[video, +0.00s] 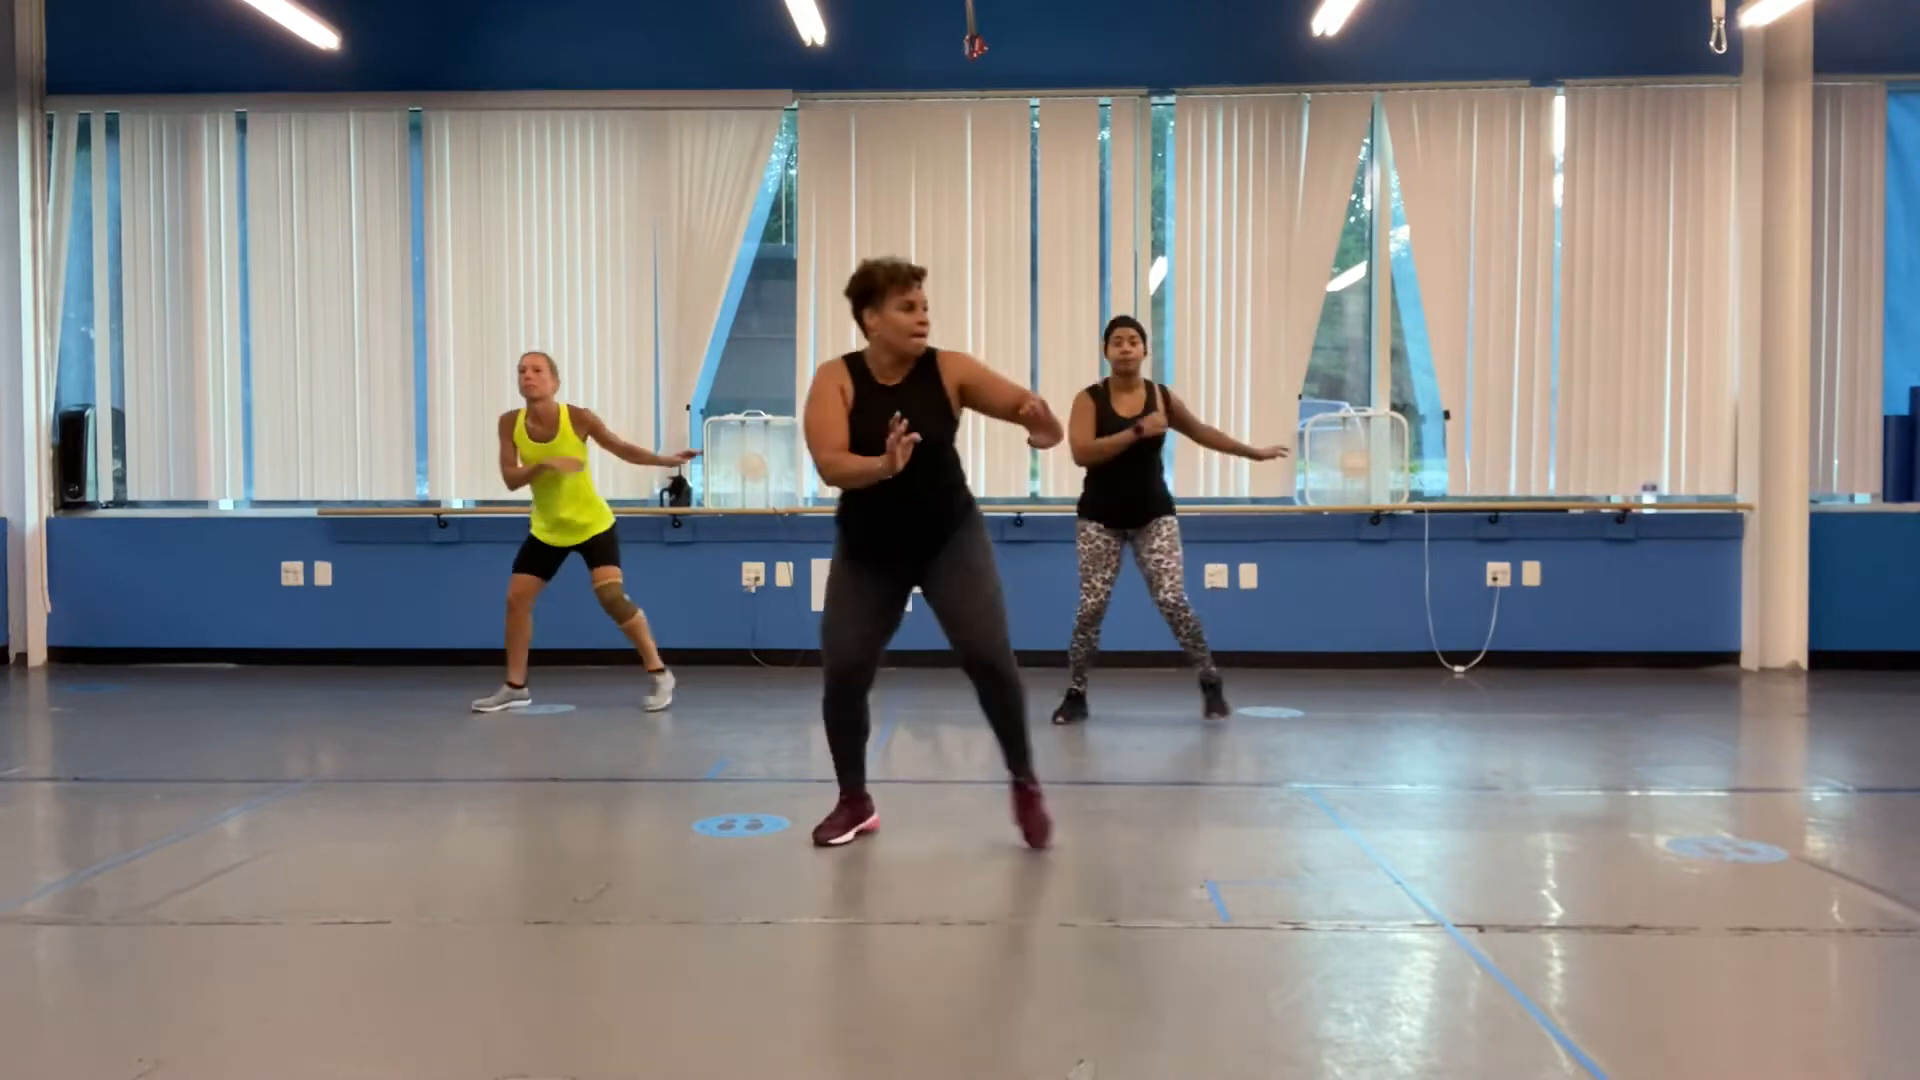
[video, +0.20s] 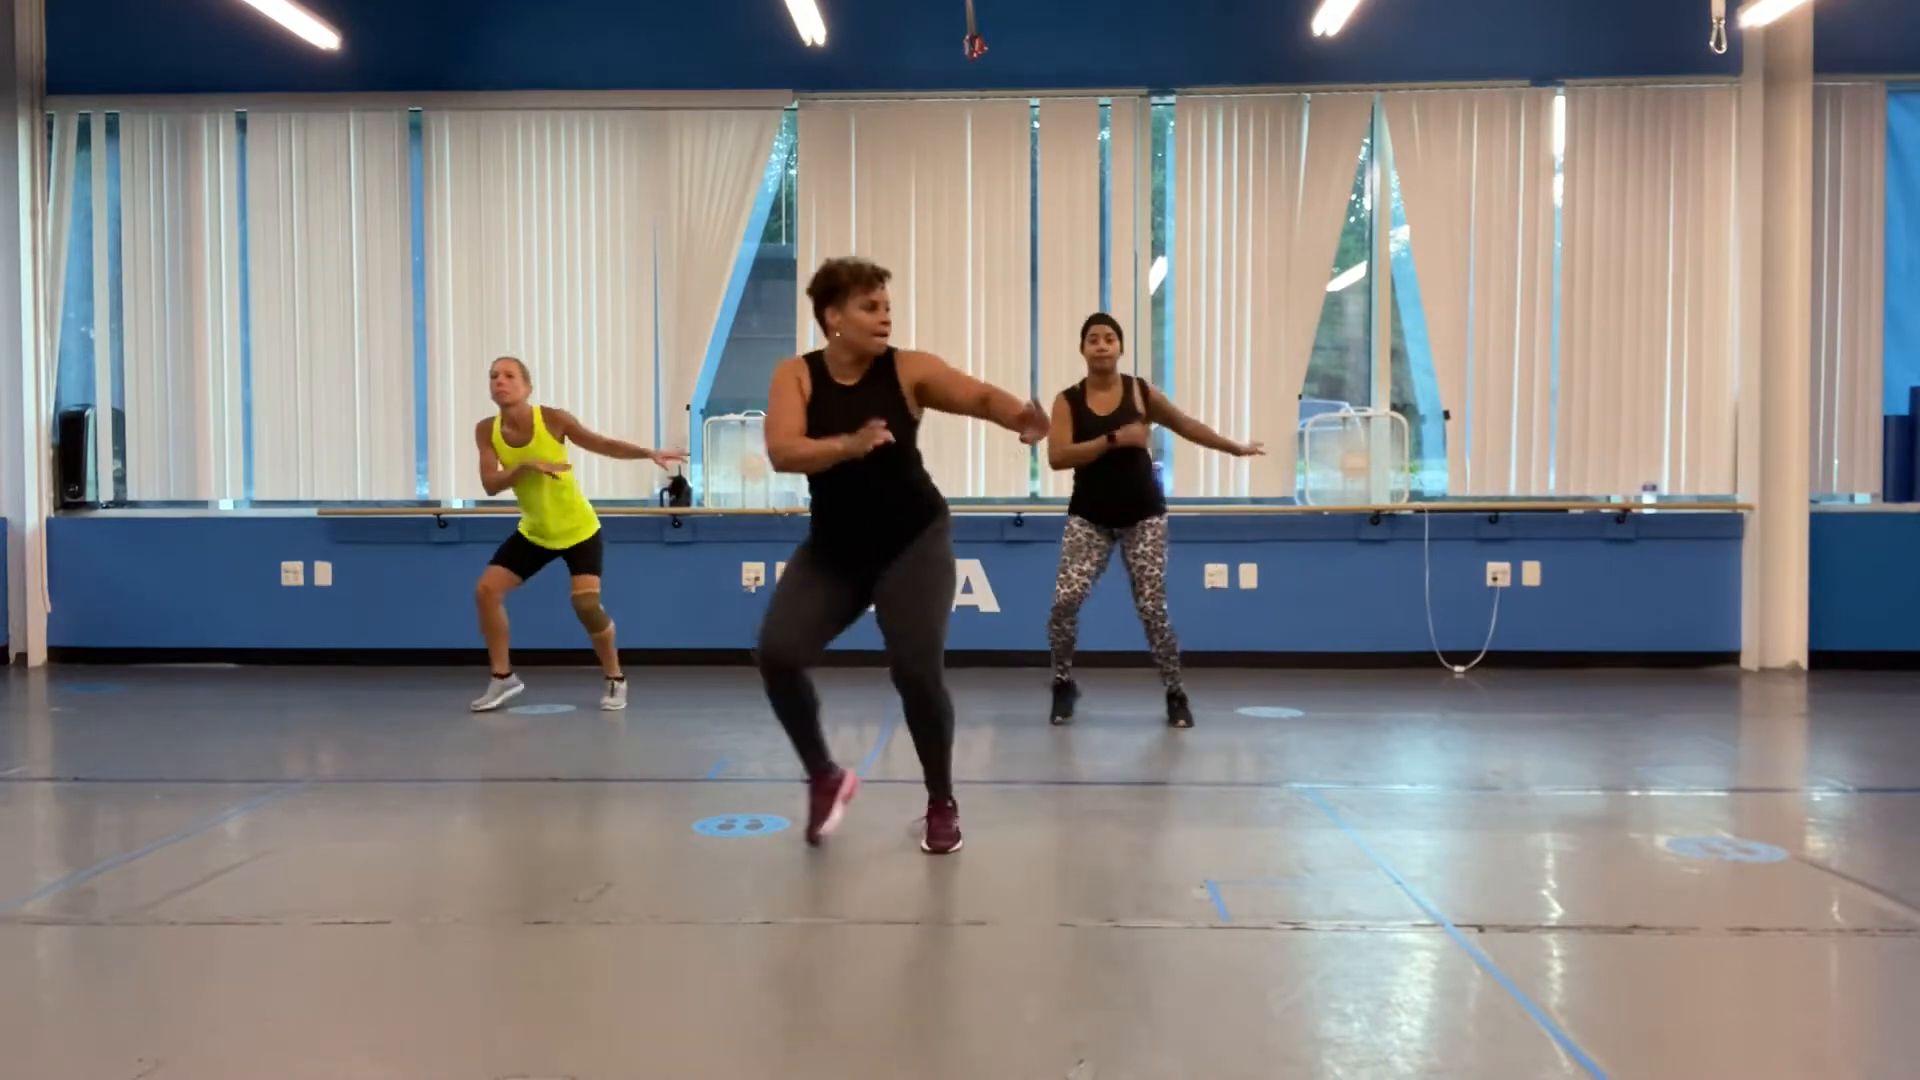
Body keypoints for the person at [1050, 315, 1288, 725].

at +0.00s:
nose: (1126, 348)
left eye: (1133, 342)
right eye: (1118, 342)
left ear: (1145, 351)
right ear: (1105, 352)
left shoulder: (1161, 398)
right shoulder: (1088, 400)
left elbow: (1201, 433)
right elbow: (1081, 453)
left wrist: (1252, 453)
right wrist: (1135, 432)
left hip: (1153, 517)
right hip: (1099, 519)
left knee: (1171, 601)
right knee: (1091, 607)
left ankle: (1211, 684)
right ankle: (1075, 694)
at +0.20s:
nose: (1102, 346)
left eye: (1108, 340)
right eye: (1094, 340)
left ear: (1121, 348)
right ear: (1082, 350)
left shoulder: (1140, 392)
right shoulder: (1067, 402)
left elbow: (1186, 426)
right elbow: (1058, 457)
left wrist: (1235, 448)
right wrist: (1113, 438)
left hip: (1143, 517)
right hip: (1088, 519)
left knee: (1151, 608)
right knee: (1064, 601)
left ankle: (1175, 694)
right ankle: (1062, 686)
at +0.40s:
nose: (1074, 352)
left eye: (1082, 346)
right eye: (1067, 345)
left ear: (1093, 356)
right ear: (1054, 354)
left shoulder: (1109, 400)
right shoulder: (1035, 404)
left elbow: (1160, 431)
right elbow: (1027, 461)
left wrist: (1216, 451)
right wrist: (1073, 429)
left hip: (1113, 517)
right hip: (1060, 521)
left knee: (1134, 606)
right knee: (1045, 607)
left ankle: (1183, 674)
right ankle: (1029, 695)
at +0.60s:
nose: (1067, 361)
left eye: (1075, 355)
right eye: (1059, 356)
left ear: (1087, 363)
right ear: (1049, 365)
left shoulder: (1106, 414)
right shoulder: (1030, 417)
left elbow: (1129, 479)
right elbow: (995, 472)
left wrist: (1139, 536)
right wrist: (1011, 517)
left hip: (1105, 530)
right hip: (1050, 531)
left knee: (1125, 615)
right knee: (1041, 612)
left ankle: (1144, 689)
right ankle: (1027, 694)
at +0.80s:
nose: (1091, 354)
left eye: (1097, 346)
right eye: (1082, 349)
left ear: (1111, 352)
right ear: (1073, 359)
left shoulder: (1137, 399)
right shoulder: (1061, 407)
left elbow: (1144, 467)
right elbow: (1023, 451)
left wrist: (1085, 479)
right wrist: (974, 468)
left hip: (1129, 516)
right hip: (1074, 517)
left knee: (1152, 598)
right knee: (1060, 603)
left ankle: (1177, 687)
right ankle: (1023, 691)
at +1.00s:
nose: (1117, 369)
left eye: (1123, 360)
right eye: (1108, 362)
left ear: (1137, 363)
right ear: (1098, 368)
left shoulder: (1163, 413)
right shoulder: (1086, 419)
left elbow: (1189, 471)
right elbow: (1074, 483)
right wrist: (1040, 510)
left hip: (1154, 528)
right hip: (1098, 530)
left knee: (1174, 612)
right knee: (1087, 612)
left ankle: (1189, 700)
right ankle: (1071, 689)